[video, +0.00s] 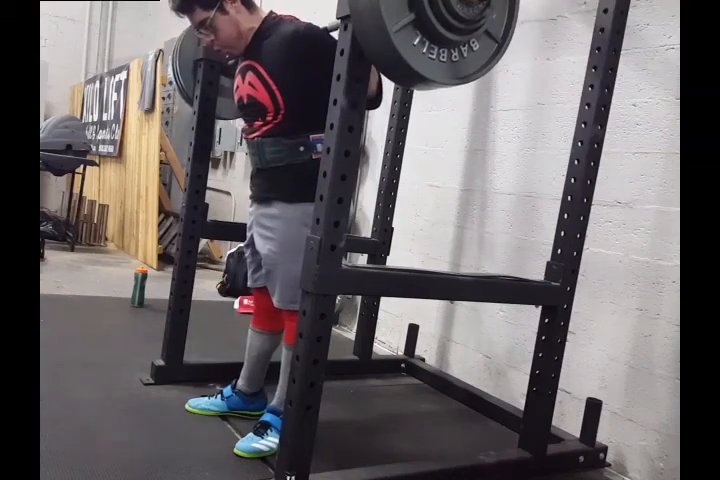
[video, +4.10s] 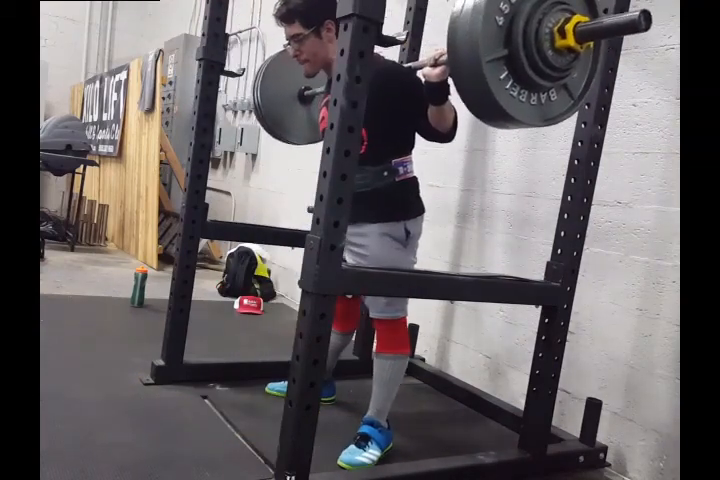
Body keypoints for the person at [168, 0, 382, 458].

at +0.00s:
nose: (210, 42)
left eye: (209, 27)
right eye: (201, 34)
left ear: (234, 6)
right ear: (233, 11)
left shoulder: (299, 40)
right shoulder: (246, 57)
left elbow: (370, 91)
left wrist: (359, 32)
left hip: (302, 208)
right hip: (266, 205)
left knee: (296, 314)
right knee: (264, 304)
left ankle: (283, 416)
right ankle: (247, 392)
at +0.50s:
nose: (213, 38)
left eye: (211, 25)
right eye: (207, 31)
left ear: (233, 5)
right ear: (232, 8)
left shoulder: (302, 41)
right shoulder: (249, 55)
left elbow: (371, 94)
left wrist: (362, 38)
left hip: (301, 209)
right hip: (265, 207)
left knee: (296, 315)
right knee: (264, 305)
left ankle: (284, 417)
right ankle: (246, 391)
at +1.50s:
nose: (234, 36)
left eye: (235, 22)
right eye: (227, 28)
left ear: (264, 5)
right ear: (262, 11)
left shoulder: (321, 43)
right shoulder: (273, 61)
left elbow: (390, 107)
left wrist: (381, 59)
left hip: (318, 210)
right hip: (284, 205)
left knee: (305, 319)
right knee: (264, 289)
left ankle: (284, 417)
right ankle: (302, 375)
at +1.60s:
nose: (237, 37)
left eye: (240, 24)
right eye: (232, 29)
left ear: (270, 8)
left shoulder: (324, 45)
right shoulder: (274, 66)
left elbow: (391, 108)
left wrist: (390, 54)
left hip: (330, 207)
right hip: (293, 204)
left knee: (312, 308)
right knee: (289, 293)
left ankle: (282, 415)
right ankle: (327, 380)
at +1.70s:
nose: (246, 45)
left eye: (248, 31)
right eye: (239, 37)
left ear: (277, 13)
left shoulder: (333, 51)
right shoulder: (282, 68)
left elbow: (398, 113)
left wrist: (391, 66)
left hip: (339, 211)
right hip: (302, 210)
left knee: (314, 311)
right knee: (310, 307)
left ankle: (282, 416)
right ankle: (331, 389)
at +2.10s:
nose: (271, 56)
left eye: (273, 44)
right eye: (265, 48)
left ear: (299, 25)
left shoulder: (359, 61)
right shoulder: (305, 81)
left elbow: (420, 116)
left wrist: (409, 72)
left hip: (370, 202)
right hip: (331, 201)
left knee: (350, 304)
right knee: (320, 300)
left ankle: (353, 415)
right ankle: (323, 391)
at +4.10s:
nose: (293, 52)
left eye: (299, 40)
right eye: (289, 43)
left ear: (331, 31)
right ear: (322, 36)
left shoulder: (390, 79)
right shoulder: (332, 85)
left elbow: (444, 131)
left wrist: (436, 86)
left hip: (387, 218)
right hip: (340, 214)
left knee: (387, 313)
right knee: (337, 303)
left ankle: (377, 424)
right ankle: (318, 380)